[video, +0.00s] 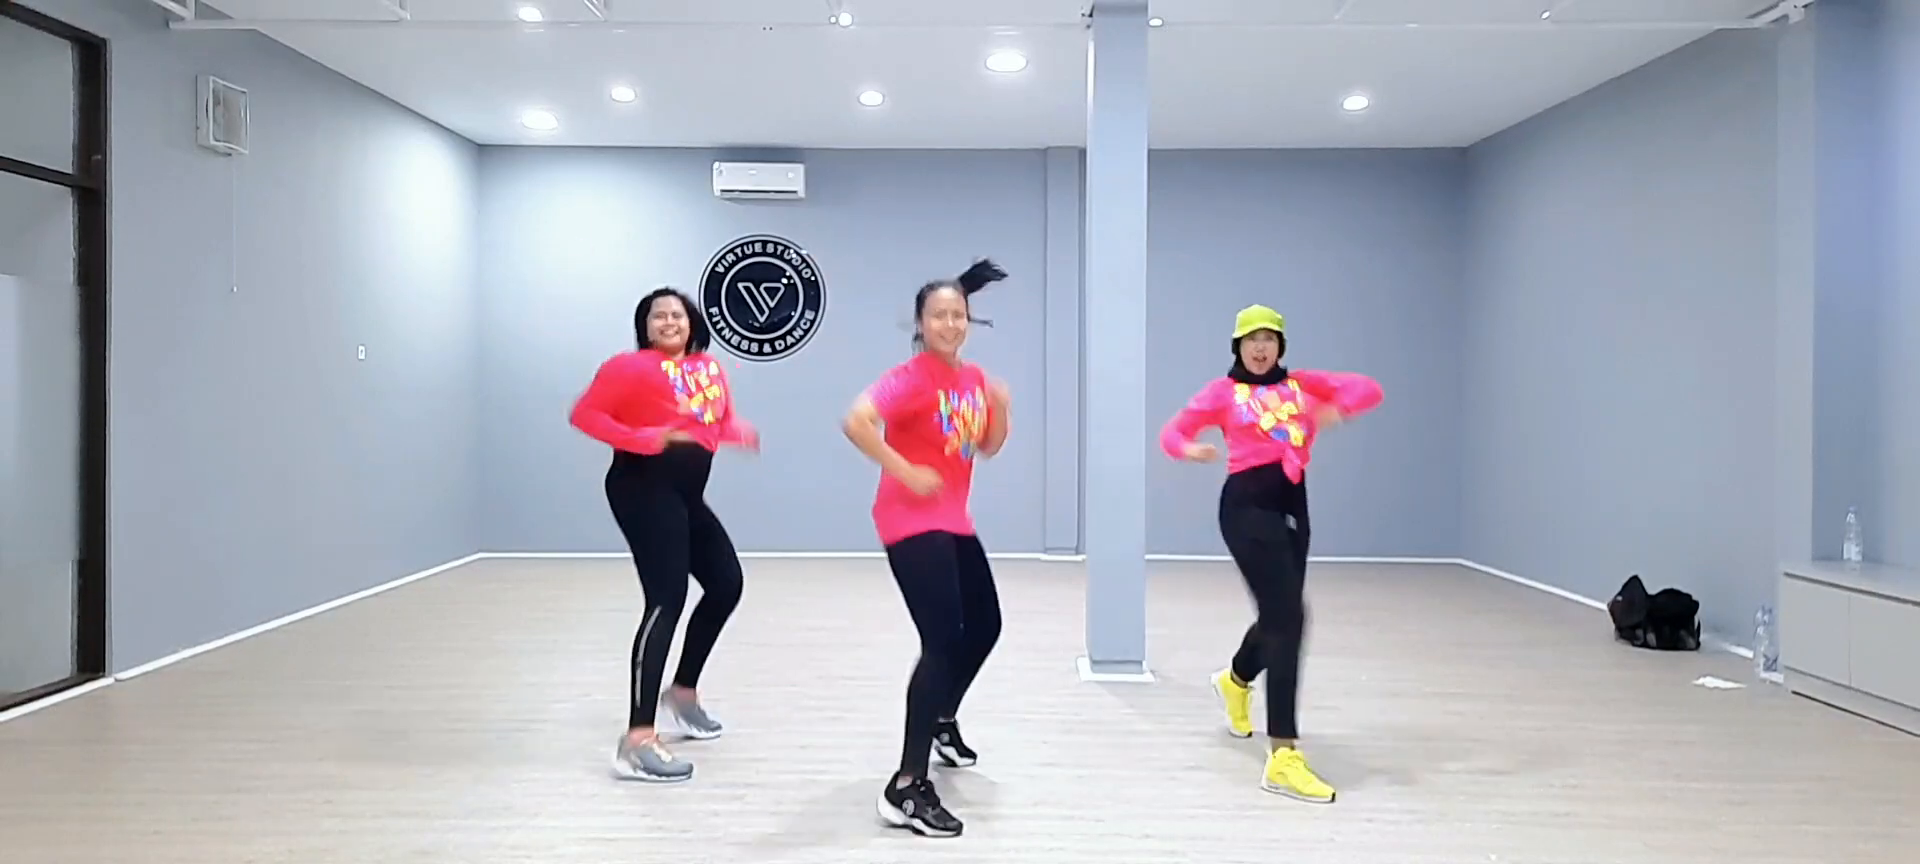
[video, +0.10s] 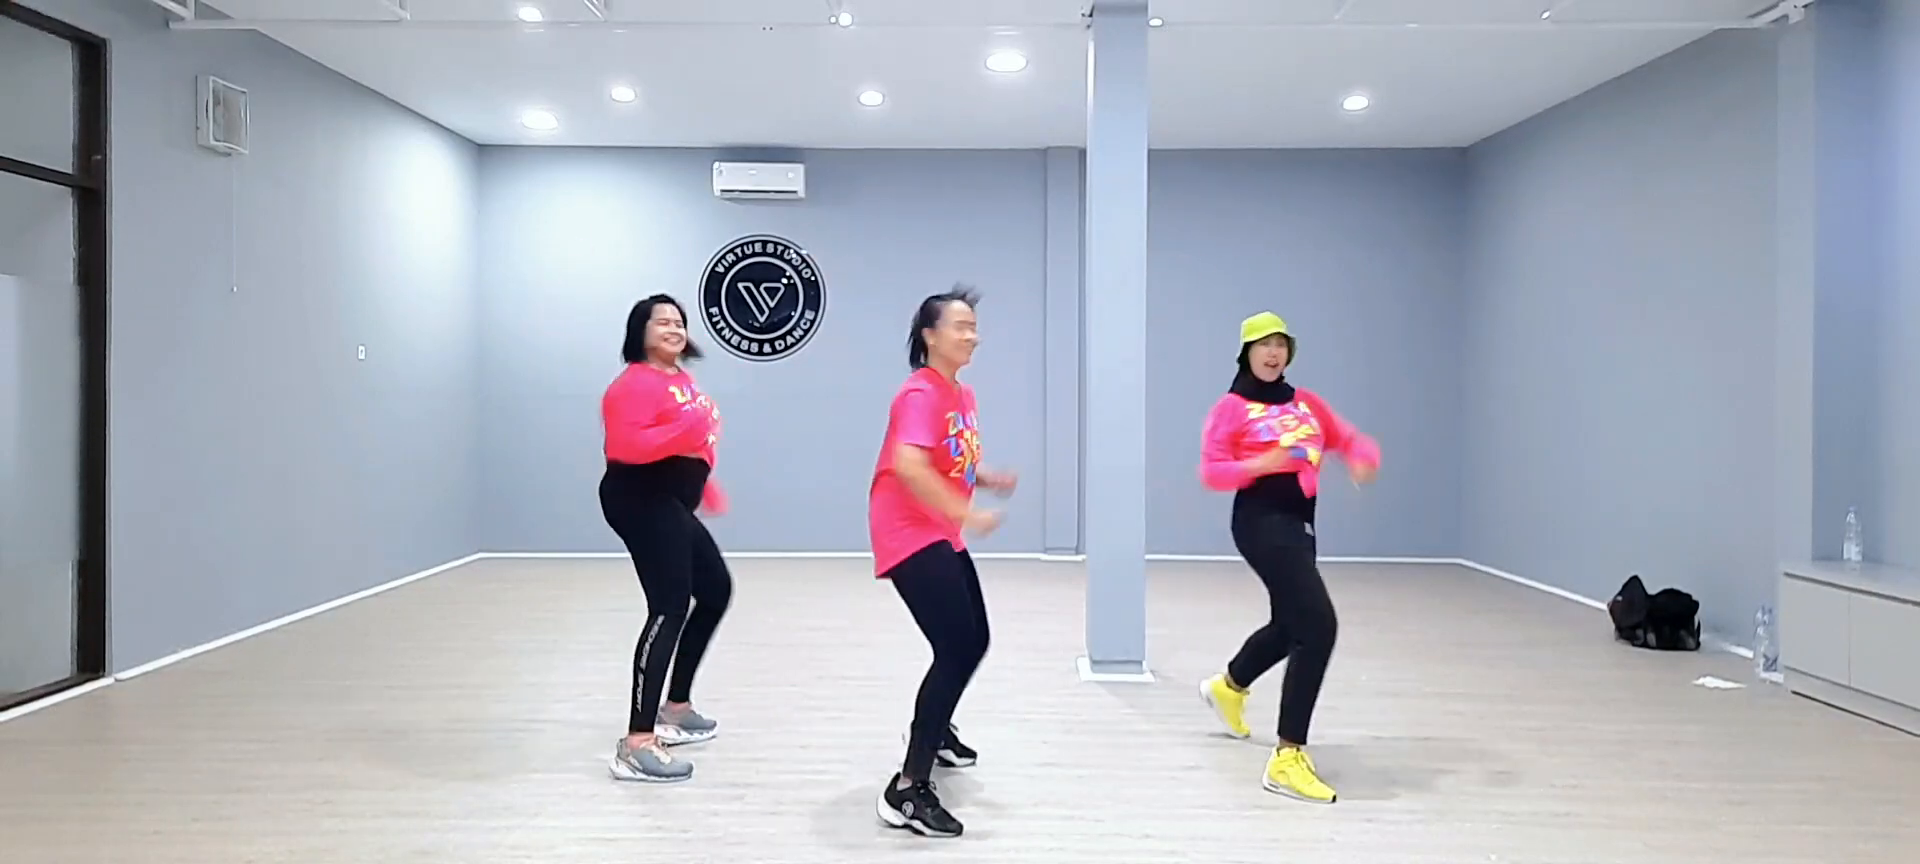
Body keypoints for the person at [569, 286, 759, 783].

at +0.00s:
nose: (668, 321)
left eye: (677, 314)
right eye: (658, 315)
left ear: (692, 324)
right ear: (644, 326)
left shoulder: (708, 368)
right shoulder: (627, 367)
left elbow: (717, 424)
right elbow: (584, 415)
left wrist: (741, 433)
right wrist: (642, 437)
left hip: (685, 492)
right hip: (642, 491)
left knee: (725, 584)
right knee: (667, 597)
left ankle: (682, 693)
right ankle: (639, 736)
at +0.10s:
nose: (673, 328)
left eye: (678, 322)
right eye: (662, 322)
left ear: (685, 337)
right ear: (640, 334)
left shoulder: (684, 386)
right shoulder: (631, 384)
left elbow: (691, 445)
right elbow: (623, 445)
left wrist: (703, 488)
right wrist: (690, 430)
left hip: (672, 499)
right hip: (637, 498)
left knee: (715, 589)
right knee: (671, 604)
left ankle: (676, 706)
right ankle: (637, 740)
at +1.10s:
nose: (602, 312)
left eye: (611, 306)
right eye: (595, 307)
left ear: (628, 316)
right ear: (584, 316)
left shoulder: (647, 362)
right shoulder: (566, 362)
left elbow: (691, 410)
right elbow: (523, 388)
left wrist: (657, 451)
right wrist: (475, 405)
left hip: (637, 482)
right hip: (586, 483)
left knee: (642, 573)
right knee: (576, 580)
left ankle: (683, 680)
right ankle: (576, 684)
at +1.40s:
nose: (612, 327)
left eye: (620, 321)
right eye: (604, 322)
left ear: (638, 330)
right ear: (593, 332)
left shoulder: (663, 373)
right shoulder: (580, 367)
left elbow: (717, 402)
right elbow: (543, 321)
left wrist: (695, 461)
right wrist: (571, 265)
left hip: (669, 491)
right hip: (612, 496)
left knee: (688, 586)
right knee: (568, 576)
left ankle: (719, 695)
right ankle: (573, 682)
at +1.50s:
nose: (604, 316)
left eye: (614, 309)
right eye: (596, 311)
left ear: (631, 317)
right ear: (586, 323)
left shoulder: (659, 360)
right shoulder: (573, 353)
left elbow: (709, 393)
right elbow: (529, 304)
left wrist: (680, 459)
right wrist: (515, 248)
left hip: (650, 480)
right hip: (593, 480)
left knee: (676, 579)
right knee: (553, 567)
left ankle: (712, 688)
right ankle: (549, 677)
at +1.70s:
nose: (590, 338)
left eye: (599, 330)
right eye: (582, 332)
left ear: (617, 335)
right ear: (573, 339)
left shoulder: (642, 380)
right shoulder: (557, 373)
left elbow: (680, 433)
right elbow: (500, 345)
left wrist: (648, 483)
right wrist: (439, 318)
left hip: (610, 497)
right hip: (553, 490)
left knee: (652, 577)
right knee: (539, 594)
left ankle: (649, 702)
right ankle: (539, 699)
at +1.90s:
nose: (601, 320)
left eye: (610, 312)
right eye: (592, 313)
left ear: (625, 317)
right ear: (581, 318)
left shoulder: (648, 360)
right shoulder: (564, 348)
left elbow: (699, 400)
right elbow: (528, 304)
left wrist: (664, 453)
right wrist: (501, 254)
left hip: (629, 474)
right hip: (574, 472)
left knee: (657, 572)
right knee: (552, 578)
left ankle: (686, 680)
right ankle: (536, 687)